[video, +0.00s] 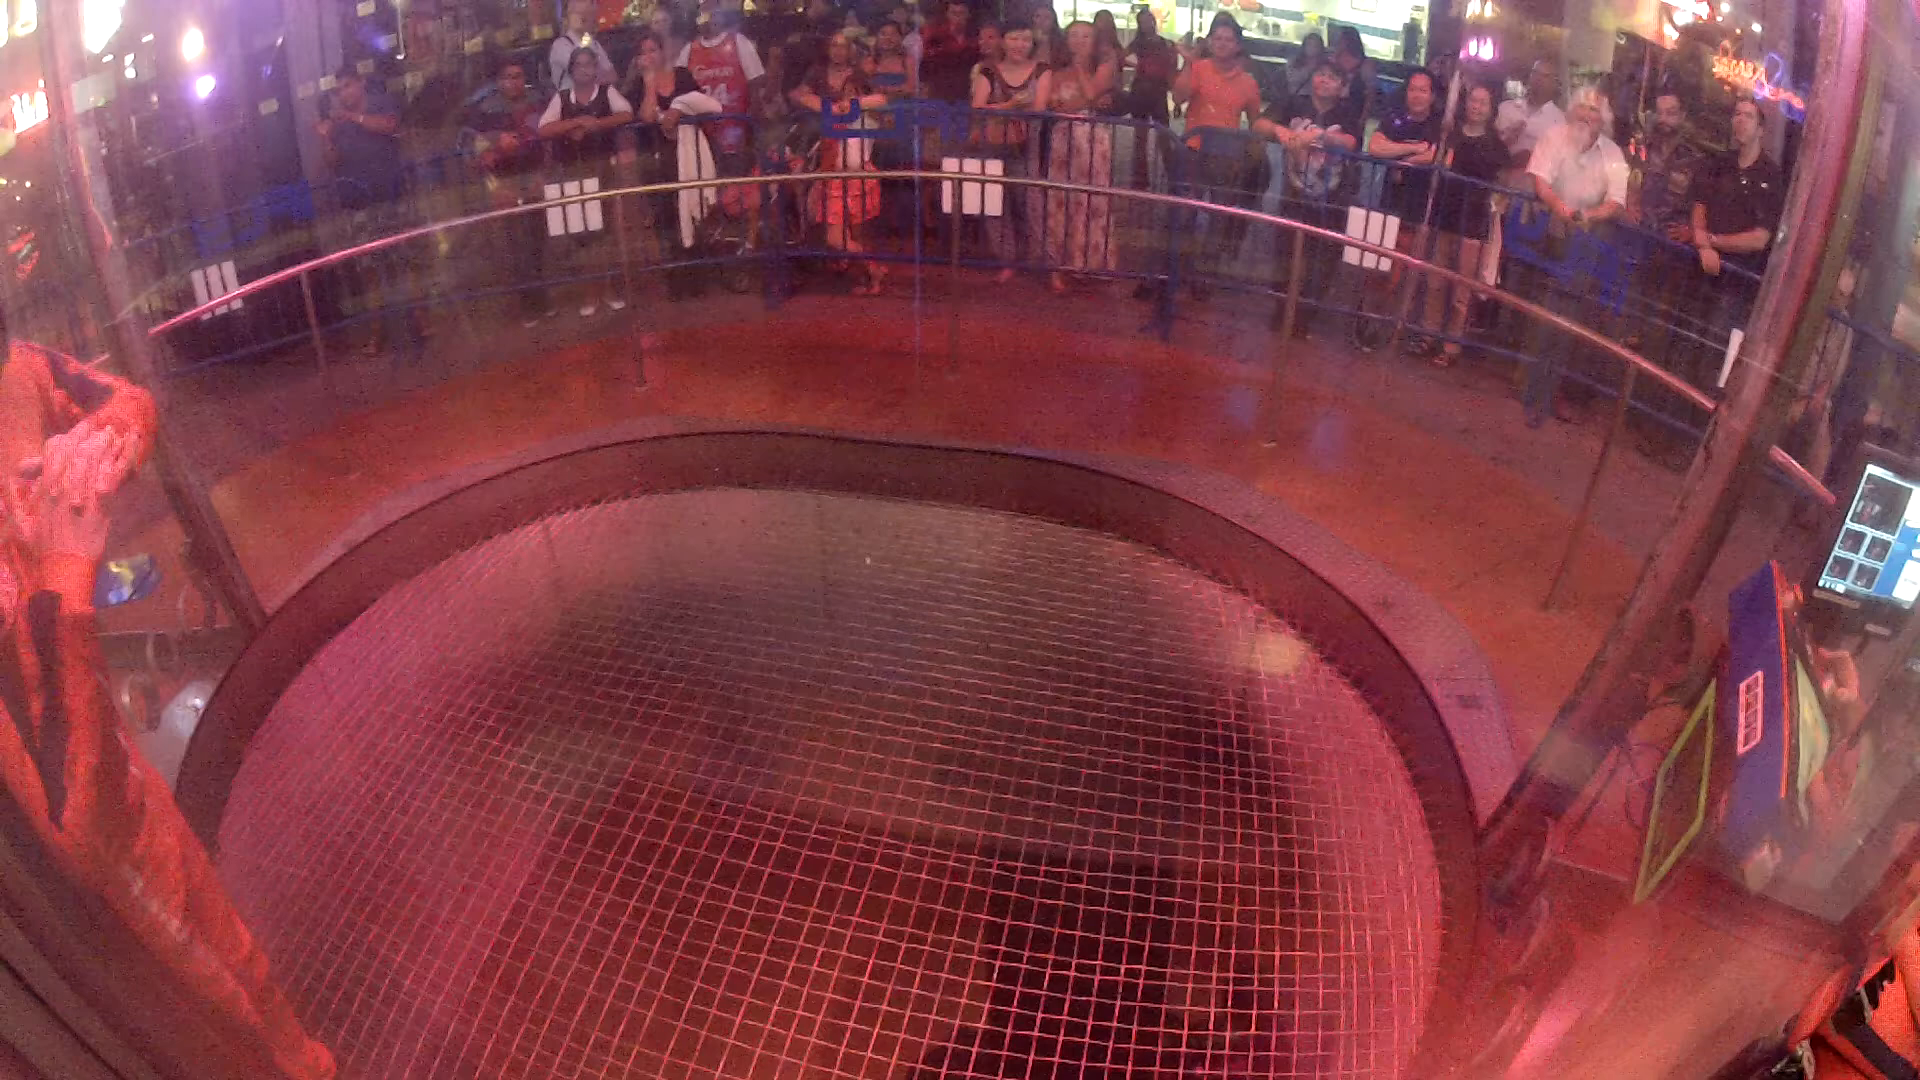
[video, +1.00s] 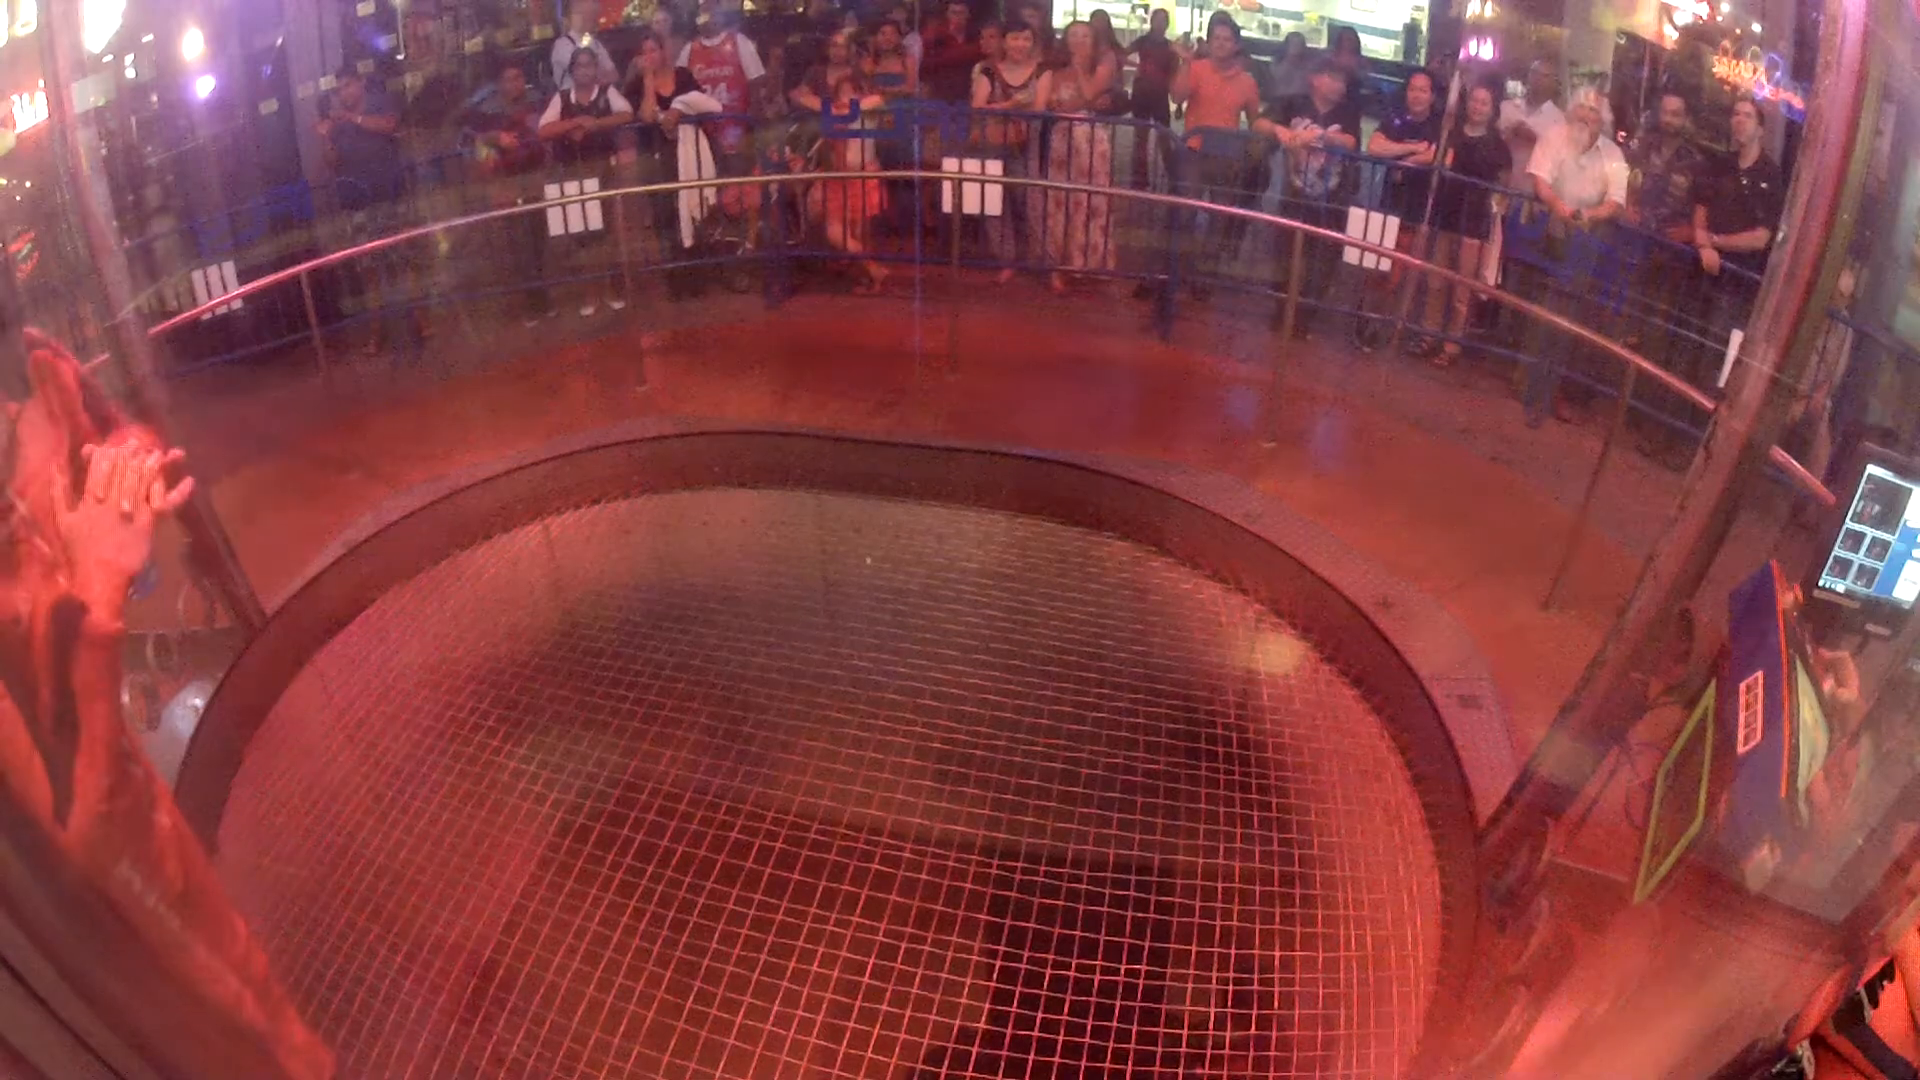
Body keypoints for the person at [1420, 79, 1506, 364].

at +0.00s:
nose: (1476, 106)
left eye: (1482, 103)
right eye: (1472, 100)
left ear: (1491, 110)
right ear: (1464, 104)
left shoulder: (1496, 147)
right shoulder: (1451, 138)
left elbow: (1489, 172)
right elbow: (1437, 169)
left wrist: (1455, 157)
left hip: (1473, 221)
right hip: (1443, 215)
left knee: (1462, 287)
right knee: (1435, 280)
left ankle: (1452, 344)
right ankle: (1428, 334)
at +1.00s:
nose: (1477, 107)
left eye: (1484, 103)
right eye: (1473, 101)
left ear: (1494, 109)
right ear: (1465, 104)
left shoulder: (1498, 146)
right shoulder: (1452, 136)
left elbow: (1494, 180)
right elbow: (1438, 167)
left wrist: (1456, 161)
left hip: (1474, 219)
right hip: (1443, 212)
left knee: (1463, 285)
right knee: (1435, 280)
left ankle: (1452, 342)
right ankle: (1429, 333)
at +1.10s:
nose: (1478, 107)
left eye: (1485, 103)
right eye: (1474, 101)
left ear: (1494, 109)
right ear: (1466, 104)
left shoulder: (1498, 146)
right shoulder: (1453, 137)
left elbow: (1501, 186)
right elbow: (1439, 169)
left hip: (1475, 218)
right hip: (1444, 212)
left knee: (1463, 284)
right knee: (1435, 278)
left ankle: (1452, 341)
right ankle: (1429, 332)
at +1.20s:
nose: (1477, 107)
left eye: (1484, 103)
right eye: (1473, 100)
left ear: (1494, 110)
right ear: (1466, 103)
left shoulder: (1498, 148)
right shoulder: (1452, 137)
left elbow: (1497, 185)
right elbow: (1437, 168)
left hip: (1474, 219)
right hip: (1443, 213)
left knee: (1463, 285)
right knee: (1435, 279)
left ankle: (1452, 341)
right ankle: (1429, 332)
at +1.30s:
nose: (1477, 107)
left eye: (1484, 103)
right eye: (1474, 101)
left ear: (1494, 110)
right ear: (1466, 104)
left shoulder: (1498, 148)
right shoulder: (1451, 137)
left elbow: (1499, 186)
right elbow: (1437, 169)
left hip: (1474, 219)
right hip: (1443, 213)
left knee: (1463, 285)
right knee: (1435, 279)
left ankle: (1452, 341)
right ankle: (1429, 332)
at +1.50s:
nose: (1478, 107)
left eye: (1485, 103)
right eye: (1474, 101)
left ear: (1494, 111)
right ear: (1466, 104)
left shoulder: (1498, 147)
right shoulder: (1452, 137)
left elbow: (1504, 185)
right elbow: (1439, 166)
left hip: (1475, 217)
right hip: (1445, 211)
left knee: (1463, 284)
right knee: (1435, 277)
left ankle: (1452, 341)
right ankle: (1429, 331)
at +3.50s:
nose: (1480, 107)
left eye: (1487, 103)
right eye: (1477, 101)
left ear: (1497, 111)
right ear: (1469, 104)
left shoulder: (1500, 148)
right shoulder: (1453, 137)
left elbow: (1506, 187)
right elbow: (1439, 166)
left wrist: (1495, 206)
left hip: (1476, 220)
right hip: (1444, 212)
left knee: (1463, 289)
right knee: (1435, 281)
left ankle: (1453, 342)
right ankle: (1429, 333)